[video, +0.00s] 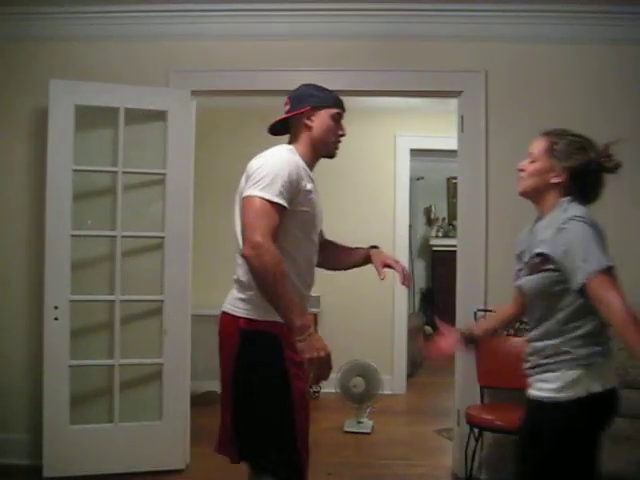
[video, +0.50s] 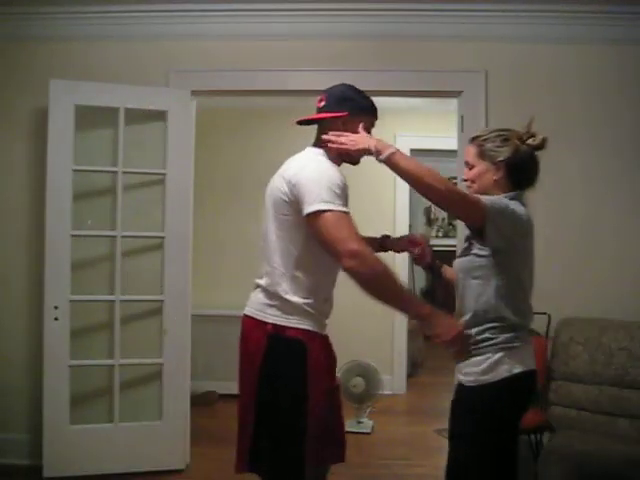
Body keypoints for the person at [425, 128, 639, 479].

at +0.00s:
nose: (520, 165)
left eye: (531, 159)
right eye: (525, 157)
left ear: (557, 175)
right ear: (553, 175)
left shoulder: (572, 227)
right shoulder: (535, 231)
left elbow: (613, 306)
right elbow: (518, 304)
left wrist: (639, 355)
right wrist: (468, 334)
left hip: (573, 395)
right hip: (549, 393)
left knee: (542, 474)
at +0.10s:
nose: (505, 167)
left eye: (515, 160)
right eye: (509, 158)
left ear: (541, 172)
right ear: (536, 172)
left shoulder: (551, 220)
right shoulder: (522, 225)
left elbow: (576, 292)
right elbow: (505, 297)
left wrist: (599, 359)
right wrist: (446, 306)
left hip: (552, 386)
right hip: (530, 385)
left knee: (527, 474)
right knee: (520, 473)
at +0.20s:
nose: (493, 171)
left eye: (501, 162)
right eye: (495, 162)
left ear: (529, 169)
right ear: (526, 171)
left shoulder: (539, 213)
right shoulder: (519, 219)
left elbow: (525, 270)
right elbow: (495, 290)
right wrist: (438, 289)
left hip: (539, 382)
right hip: (519, 380)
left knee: (491, 472)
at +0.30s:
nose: (481, 173)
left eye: (488, 164)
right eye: (483, 164)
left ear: (516, 169)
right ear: (513, 169)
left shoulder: (531, 213)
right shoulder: (506, 222)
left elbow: (493, 225)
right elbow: (492, 292)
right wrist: (439, 279)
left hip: (528, 382)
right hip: (506, 379)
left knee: (484, 474)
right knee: (474, 471)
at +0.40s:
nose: (472, 175)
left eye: (478, 166)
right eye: (473, 166)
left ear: (506, 169)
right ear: (504, 169)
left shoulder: (521, 214)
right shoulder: (499, 222)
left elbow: (459, 201)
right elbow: (481, 287)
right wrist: (436, 271)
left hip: (511, 379)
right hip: (492, 375)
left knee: (477, 473)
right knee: (480, 472)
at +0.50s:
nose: (463, 176)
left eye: (470, 166)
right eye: (465, 167)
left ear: (497, 170)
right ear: (496, 170)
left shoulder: (510, 215)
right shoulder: (489, 221)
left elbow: (442, 192)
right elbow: (468, 284)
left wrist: (377, 147)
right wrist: (432, 264)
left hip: (499, 373)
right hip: (482, 370)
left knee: (475, 473)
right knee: (475, 472)